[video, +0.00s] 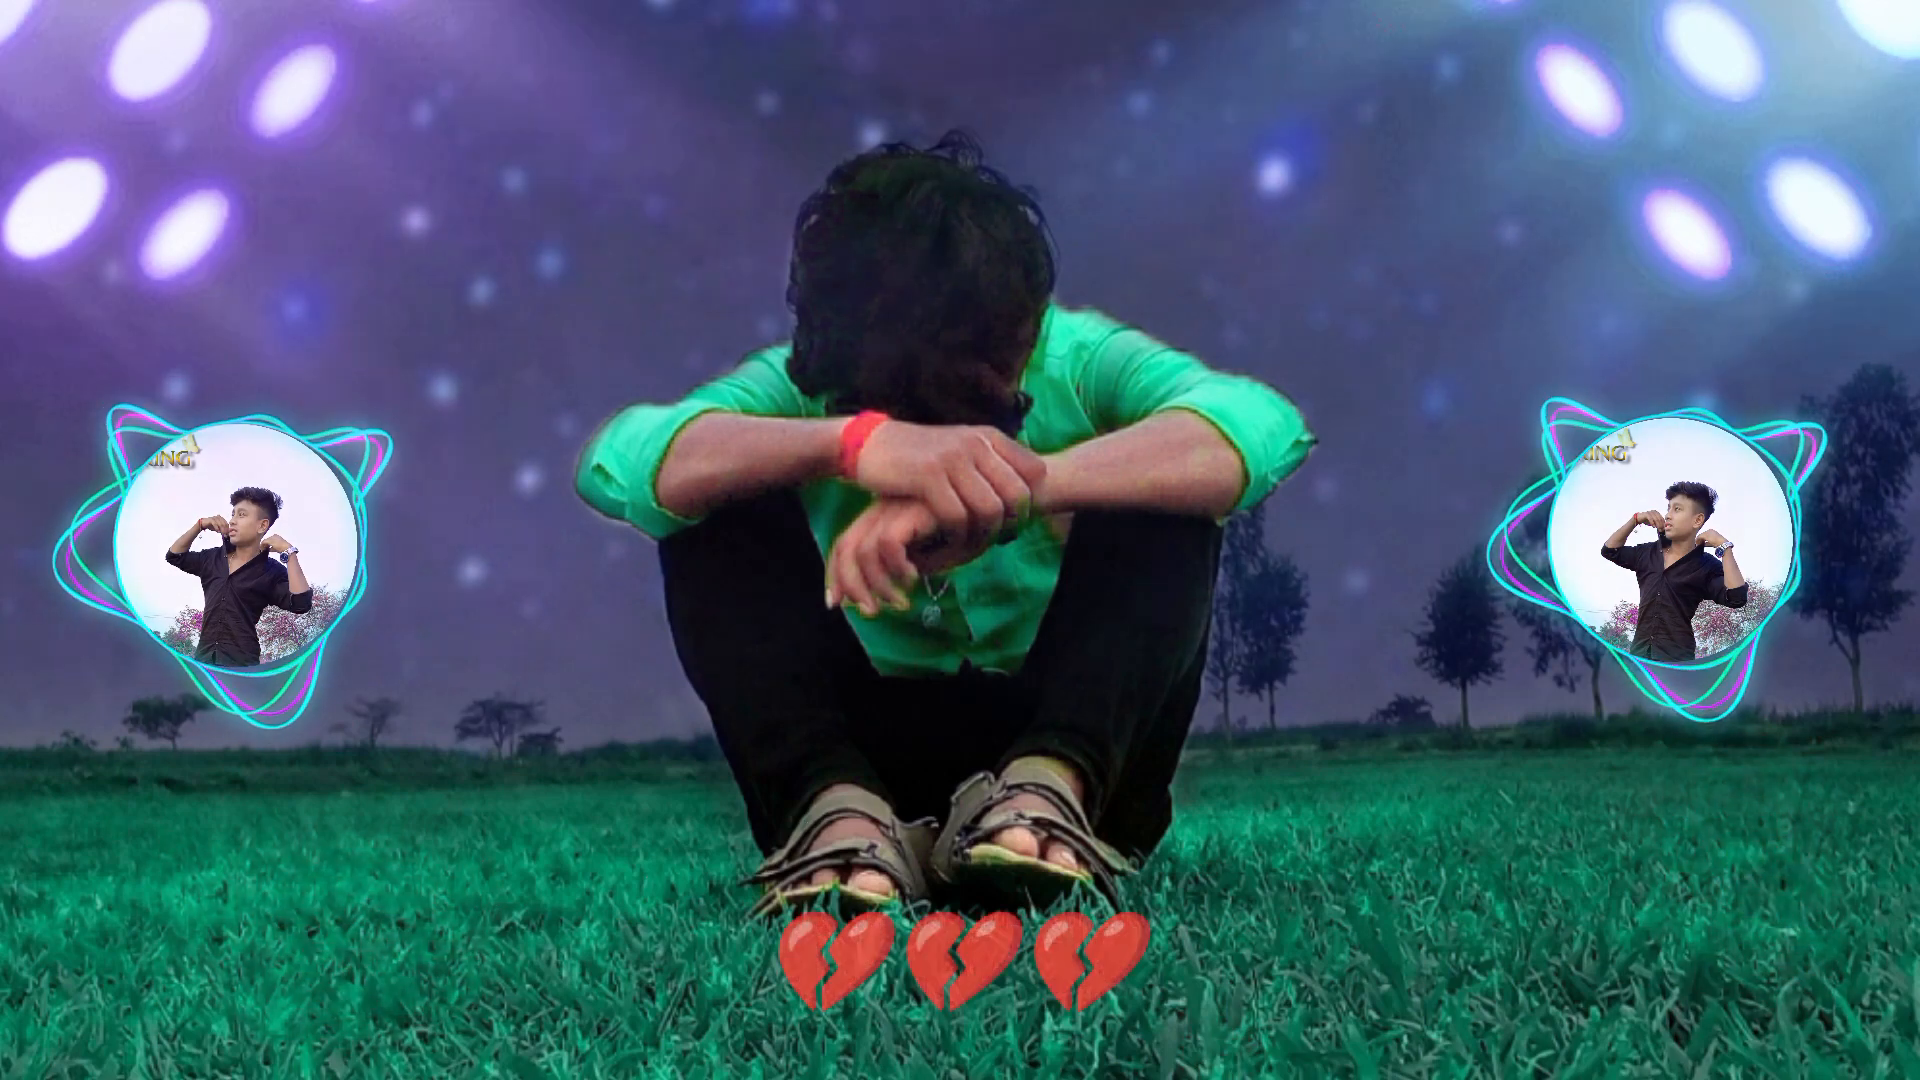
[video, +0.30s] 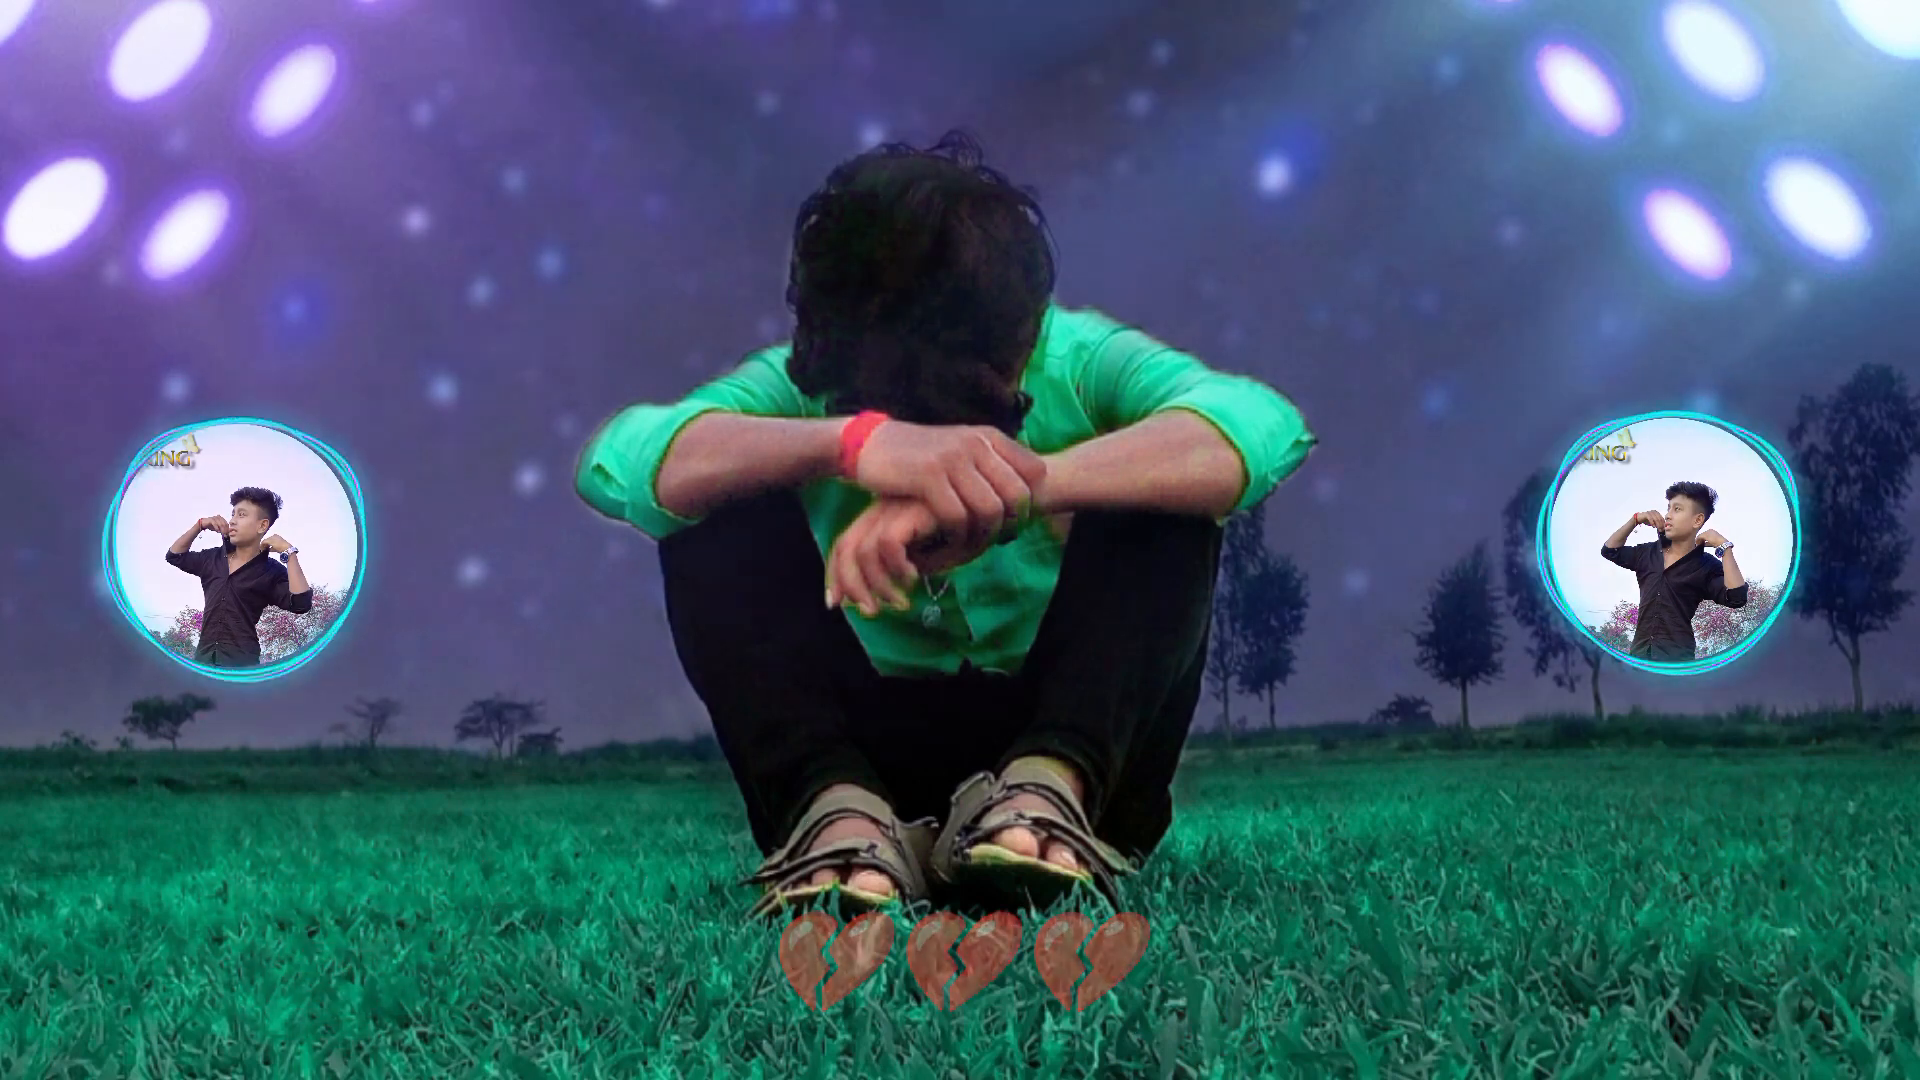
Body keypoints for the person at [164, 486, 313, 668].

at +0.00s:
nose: (232, 521)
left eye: (241, 515)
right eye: (233, 515)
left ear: (263, 525)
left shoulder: (270, 570)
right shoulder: (212, 558)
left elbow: (301, 604)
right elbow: (174, 557)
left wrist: (290, 553)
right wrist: (199, 526)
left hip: (242, 664)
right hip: (203, 659)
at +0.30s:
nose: (232, 520)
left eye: (241, 515)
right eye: (233, 514)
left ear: (263, 525)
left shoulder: (270, 570)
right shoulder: (212, 558)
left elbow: (301, 604)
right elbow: (174, 556)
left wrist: (289, 552)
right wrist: (199, 526)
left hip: (242, 662)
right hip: (203, 659)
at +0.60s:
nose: (232, 521)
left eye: (242, 515)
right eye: (233, 514)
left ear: (263, 525)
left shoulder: (270, 569)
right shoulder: (212, 558)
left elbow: (301, 605)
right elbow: (174, 557)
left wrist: (290, 553)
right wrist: (199, 526)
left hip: (242, 663)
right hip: (203, 658)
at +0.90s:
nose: (232, 521)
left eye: (242, 515)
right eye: (233, 514)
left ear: (263, 525)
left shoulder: (270, 569)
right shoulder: (212, 558)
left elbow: (301, 604)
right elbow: (174, 557)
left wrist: (290, 553)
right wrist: (199, 526)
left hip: (242, 662)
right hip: (204, 658)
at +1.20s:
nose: (232, 521)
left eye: (242, 515)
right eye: (233, 514)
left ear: (263, 525)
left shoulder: (270, 569)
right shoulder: (212, 558)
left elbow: (301, 604)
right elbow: (174, 556)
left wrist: (290, 553)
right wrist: (199, 526)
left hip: (242, 663)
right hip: (203, 659)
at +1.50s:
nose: (232, 520)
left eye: (241, 515)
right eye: (233, 514)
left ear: (263, 525)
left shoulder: (270, 570)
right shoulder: (212, 558)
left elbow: (301, 604)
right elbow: (174, 557)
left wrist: (289, 553)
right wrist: (199, 526)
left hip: (242, 665)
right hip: (203, 660)